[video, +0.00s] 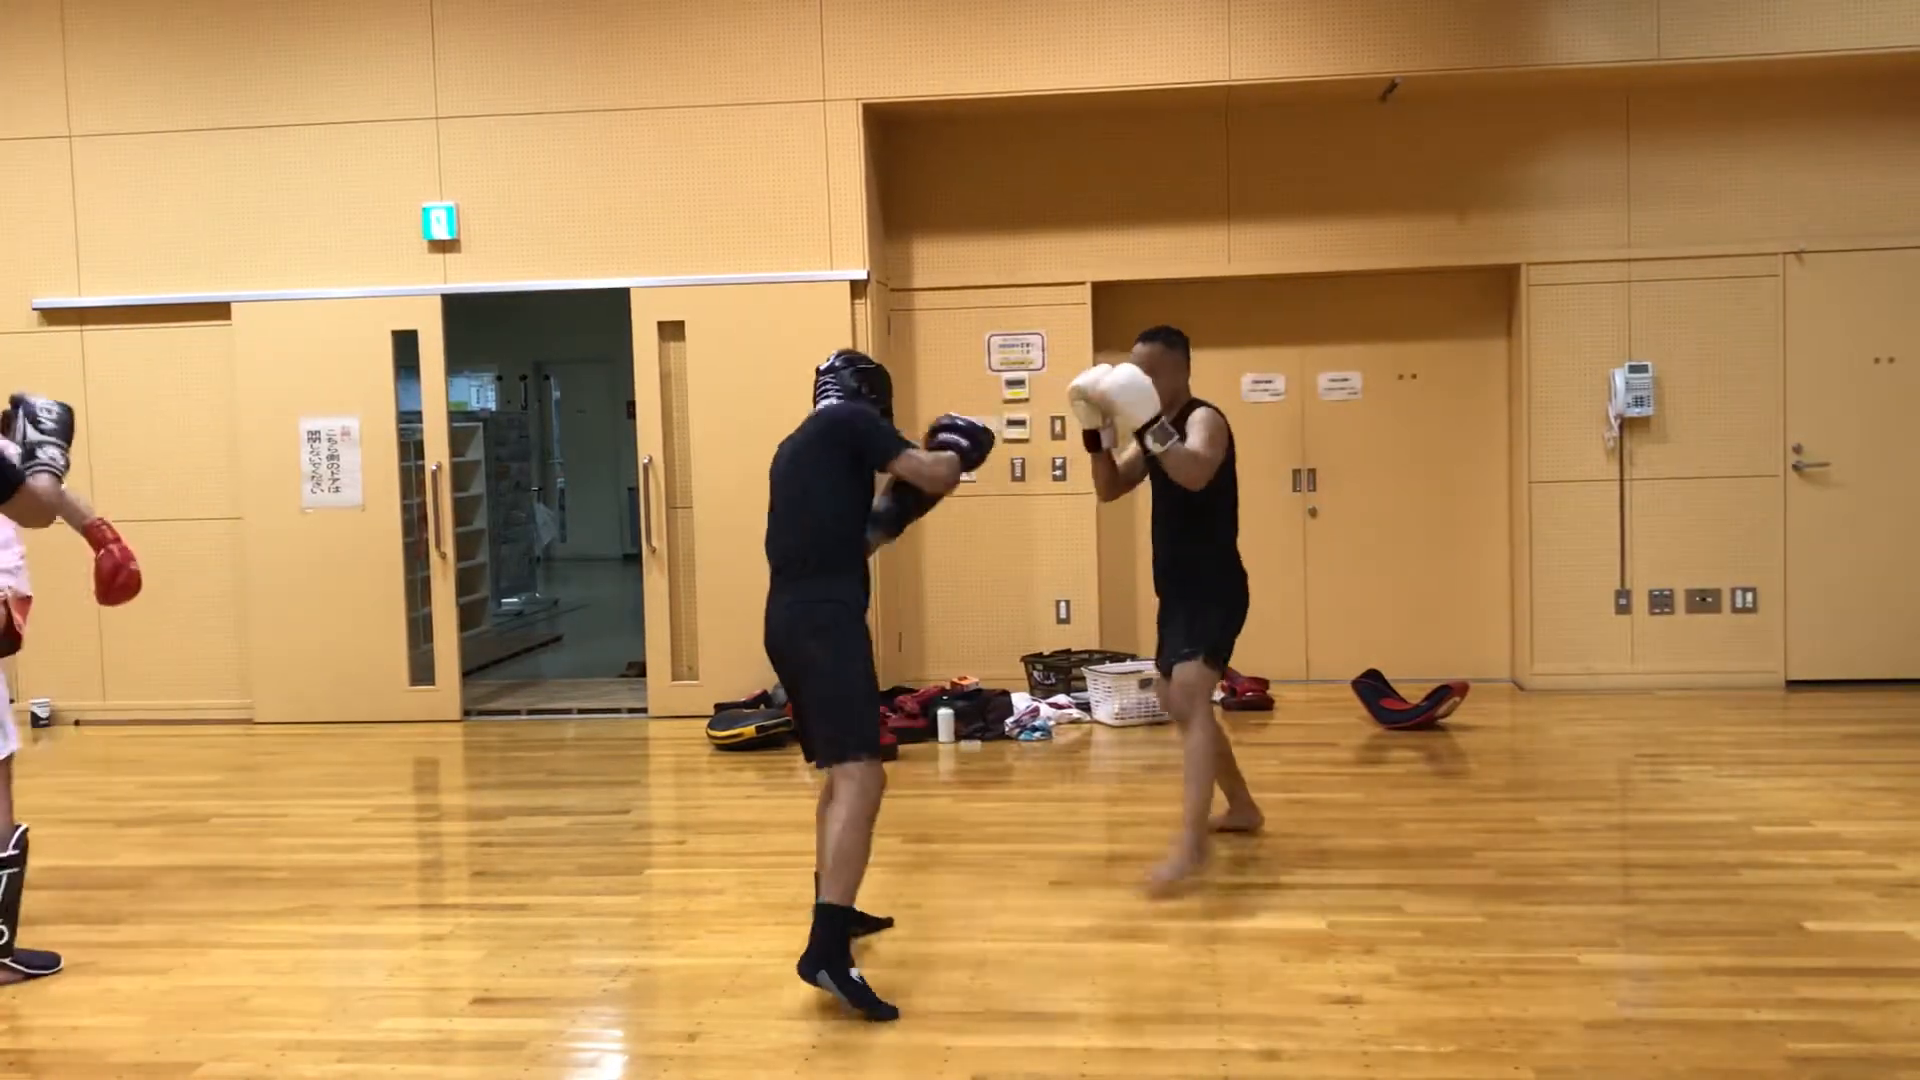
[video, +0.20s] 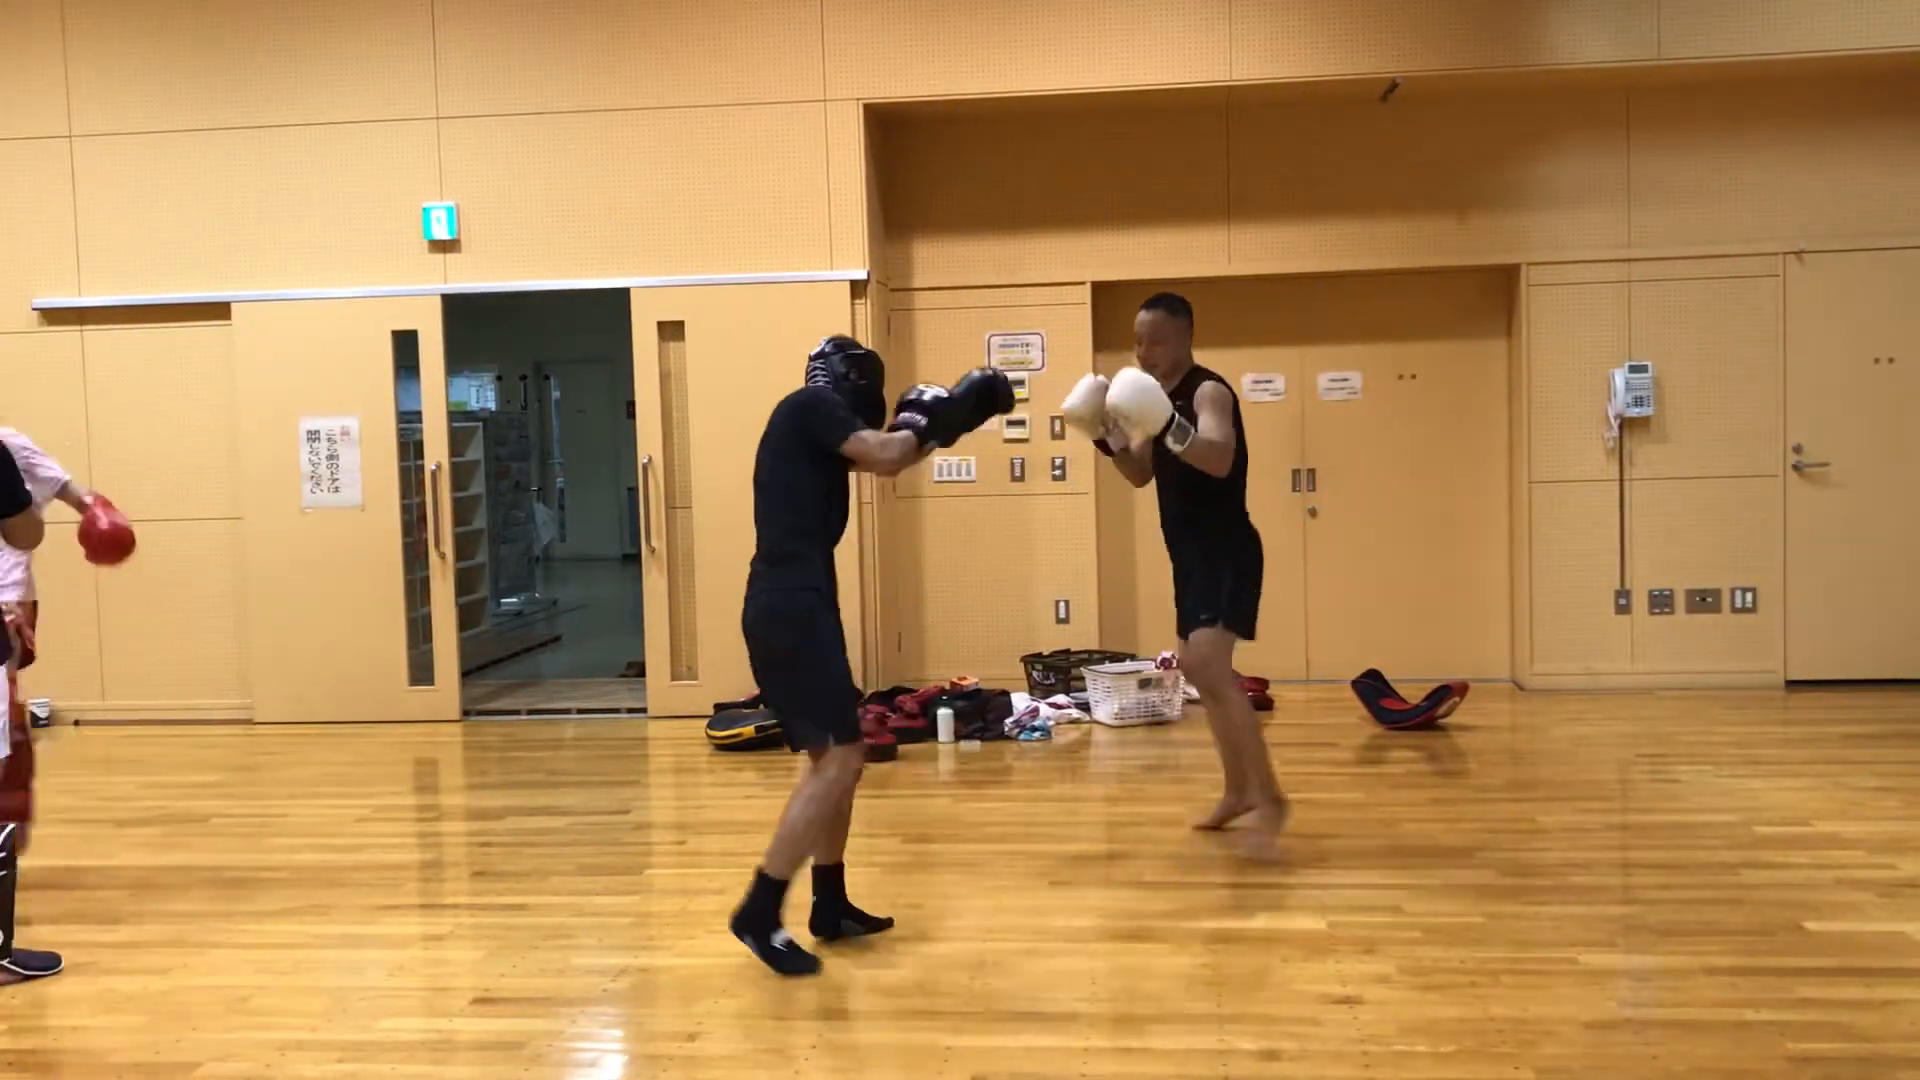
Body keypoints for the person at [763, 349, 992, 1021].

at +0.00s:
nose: (886, 415)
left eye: (884, 406)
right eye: (884, 404)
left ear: (824, 391)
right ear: (871, 393)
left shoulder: (794, 449)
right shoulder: (853, 419)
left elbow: (846, 547)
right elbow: (934, 479)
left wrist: (897, 508)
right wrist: (955, 447)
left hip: (794, 621)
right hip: (827, 621)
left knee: (841, 775)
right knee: (861, 778)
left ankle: (835, 909)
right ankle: (825, 951)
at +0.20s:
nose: (872, 396)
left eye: (870, 384)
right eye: (870, 382)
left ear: (823, 371)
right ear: (851, 375)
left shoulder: (807, 415)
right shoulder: (814, 407)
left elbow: (873, 463)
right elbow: (887, 457)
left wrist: (906, 423)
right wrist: (940, 420)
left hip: (796, 606)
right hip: (791, 607)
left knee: (837, 757)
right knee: (841, 757)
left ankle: (830, 908)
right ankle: (758, 912)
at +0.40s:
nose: (864, 411)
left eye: (866, 401)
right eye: (861, 399)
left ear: (820, 390)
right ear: (836, 393)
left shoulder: (805, 440)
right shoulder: (784, 432)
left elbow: (828, 516)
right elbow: (826, 520)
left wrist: (875, 469)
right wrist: (878, 471)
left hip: (798, 630)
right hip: (767, 633)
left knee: (860, 730)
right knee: (800, 776)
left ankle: (802, 844)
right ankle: (727, 924)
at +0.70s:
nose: (832, 406)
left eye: (839, 398)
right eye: (826, 394)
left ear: (842, 387)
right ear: (798, 377)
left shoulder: (827, 421)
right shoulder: (754, 418)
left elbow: (886, 448)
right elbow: (778, 504)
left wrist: (943, 408)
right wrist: (842, 463)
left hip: (781, 597)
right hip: (735, 597)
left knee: (809, 720)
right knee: (741, 736)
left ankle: (787, 854)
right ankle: (672, 858)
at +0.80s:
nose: (815, 415)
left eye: (822, 406)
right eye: (811, 401)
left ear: (829, 393)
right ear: (785, 377)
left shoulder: (810, 425)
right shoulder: (745, 418)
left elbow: (846, 475)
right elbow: (776, 504)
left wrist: (903, 435)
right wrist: (834, 461)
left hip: (778, 595)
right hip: (731, 595)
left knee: (804, 719)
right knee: (731, 733)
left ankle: (787, 853)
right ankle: (658, 833)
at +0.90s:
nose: (801, 408)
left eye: (805, 400)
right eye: (797, 396)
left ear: (795, 390)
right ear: (775, 381)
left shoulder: (777, 431)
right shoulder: (734, 426)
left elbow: (800, 504)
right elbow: (788, 508)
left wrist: (845, 464)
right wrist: (837, 464)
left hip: (767, 603)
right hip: (719, 605)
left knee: (805, 717)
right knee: (711, 735)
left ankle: (789, 850)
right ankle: (649, 839)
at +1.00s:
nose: (782, 422)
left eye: (785, 414)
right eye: (778, 411)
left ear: (774, 402)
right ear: (759, 395)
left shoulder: (759, 440)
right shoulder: (718, 439)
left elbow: (780, 513)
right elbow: (775, 517)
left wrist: (827, 472)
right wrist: (820, 471)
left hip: (753, 604)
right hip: (706, 607)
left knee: (819, 699)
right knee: (703, 741)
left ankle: (797, 834)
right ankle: (646, 848)